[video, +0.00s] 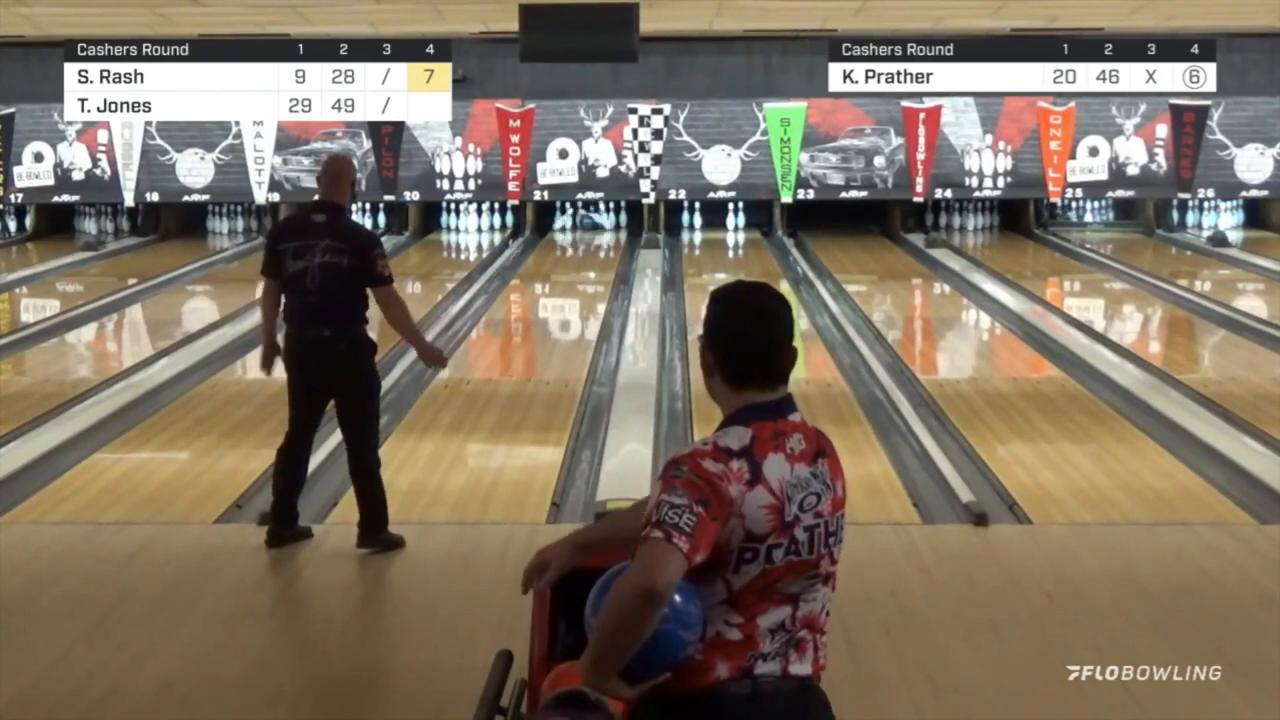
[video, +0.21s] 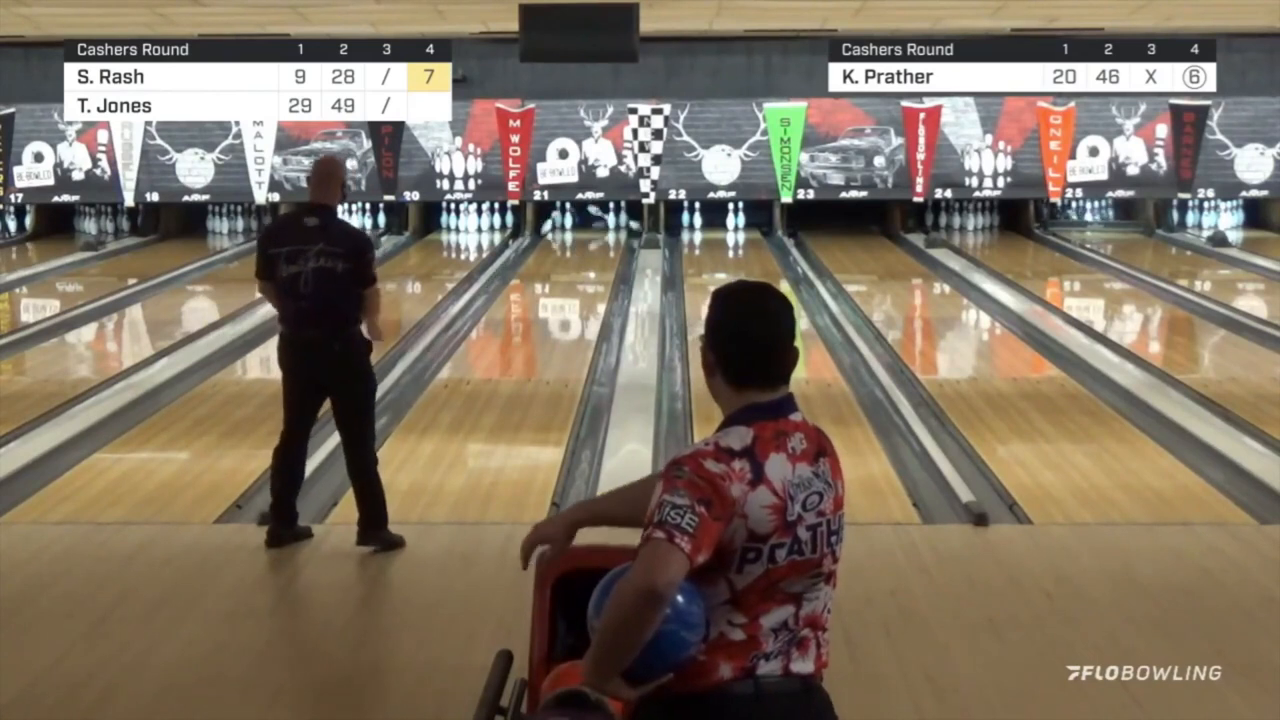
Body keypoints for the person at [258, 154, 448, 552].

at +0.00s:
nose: (354, 190)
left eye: (350, 183)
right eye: (354, 184)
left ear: (318, 184)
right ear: (351, 187)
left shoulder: (284, 231)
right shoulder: (362, 239)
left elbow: (270, 291)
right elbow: (389, 302)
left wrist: (269, 339)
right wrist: (423, 346)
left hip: (301, 351)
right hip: (350, 354)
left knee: (297, 436)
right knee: (362, 445)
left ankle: (282, 524)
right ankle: (373, 530)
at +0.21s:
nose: (342, 190)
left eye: (336, 182)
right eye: (342, 184)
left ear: (309, 183)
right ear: (340, 188)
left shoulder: (275, 232)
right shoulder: (354, 240)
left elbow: (265, 285)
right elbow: (370, 299)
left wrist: (289, 314)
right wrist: (374, 328)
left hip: (296, 348)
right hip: (346, 349)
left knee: (293, 436)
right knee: (359, 442)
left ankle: (281, 524)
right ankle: (373, 527)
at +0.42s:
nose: (332, 190)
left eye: (327, 183)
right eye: (330, 185)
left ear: (295, 185)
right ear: (325, 188)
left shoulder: (262, 233)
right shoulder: (341, 240)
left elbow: (249, 287)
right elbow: (354, 295)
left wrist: (273, 321)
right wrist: (320, 311)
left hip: (283, 348)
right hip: (332, 349)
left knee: (282, 436)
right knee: (353, 439)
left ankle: (281, 525)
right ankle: (370, 524)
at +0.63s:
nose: (322, 190)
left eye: (319, 183)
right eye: (319, 185)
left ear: (285, 185)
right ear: (310, 188)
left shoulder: (253, 232)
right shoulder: (331, 241)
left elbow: (233, 288)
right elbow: (345, 302)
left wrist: (224, 339)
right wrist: (318, 327)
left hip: (271, 349)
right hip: (321, 350)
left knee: (274, 436)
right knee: (342, 439)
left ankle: (280, 524)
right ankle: (356, 523)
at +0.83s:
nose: (313, 190)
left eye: (308, 182)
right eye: (312, 184)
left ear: (277, 185)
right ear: (311, 188)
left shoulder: (247, 231)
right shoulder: (326, 239)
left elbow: (223, 286)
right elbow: (342, 295)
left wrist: (210, 338)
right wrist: (348, 336)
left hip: (268, 349)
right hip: (316, 350)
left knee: (273, 435)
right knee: (324, 441)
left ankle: (280, 525)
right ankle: (324, 527)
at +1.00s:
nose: (313, 188)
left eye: (309, 181)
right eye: (310, 182)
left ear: (276, 184)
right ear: (306, 186)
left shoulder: (246, 232)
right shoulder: (323, 237)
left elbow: (231, 291)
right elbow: (342, 300)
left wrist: (228, 340)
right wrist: (355, 348)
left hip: (266, 349)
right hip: (314, 350)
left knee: (271, 437)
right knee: (318, 441)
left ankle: (280, 525)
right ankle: (324, 527)